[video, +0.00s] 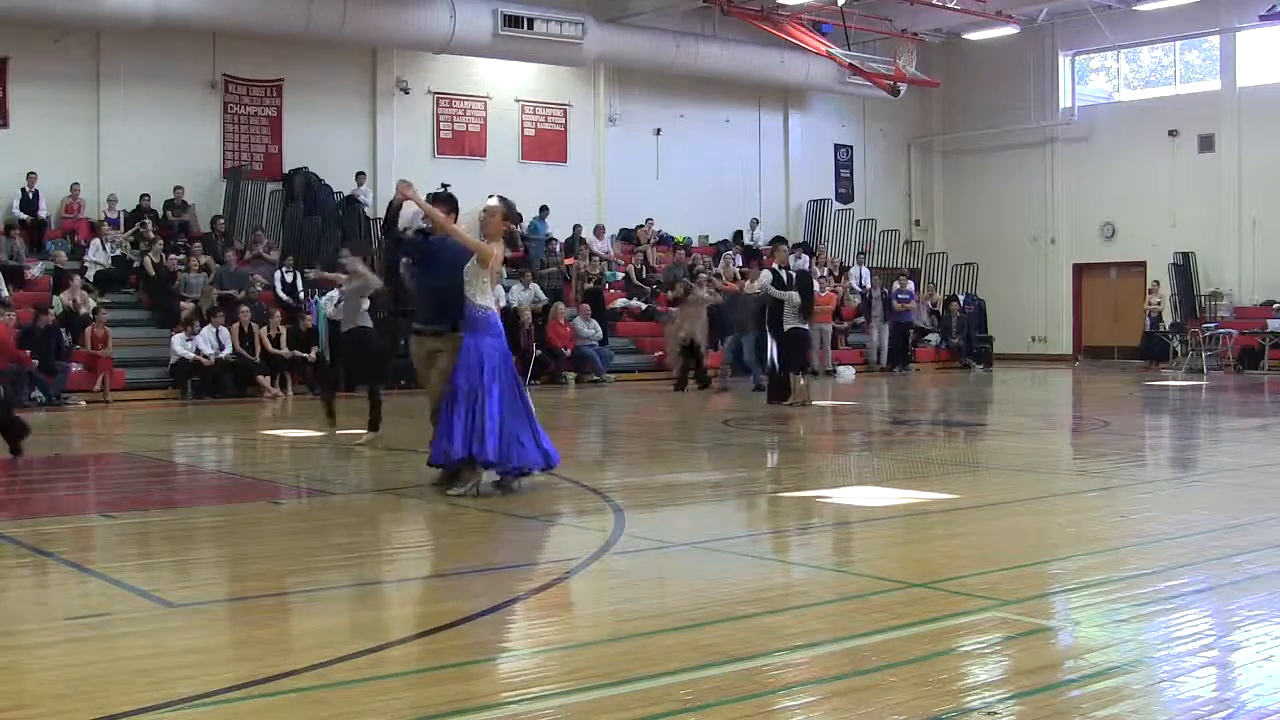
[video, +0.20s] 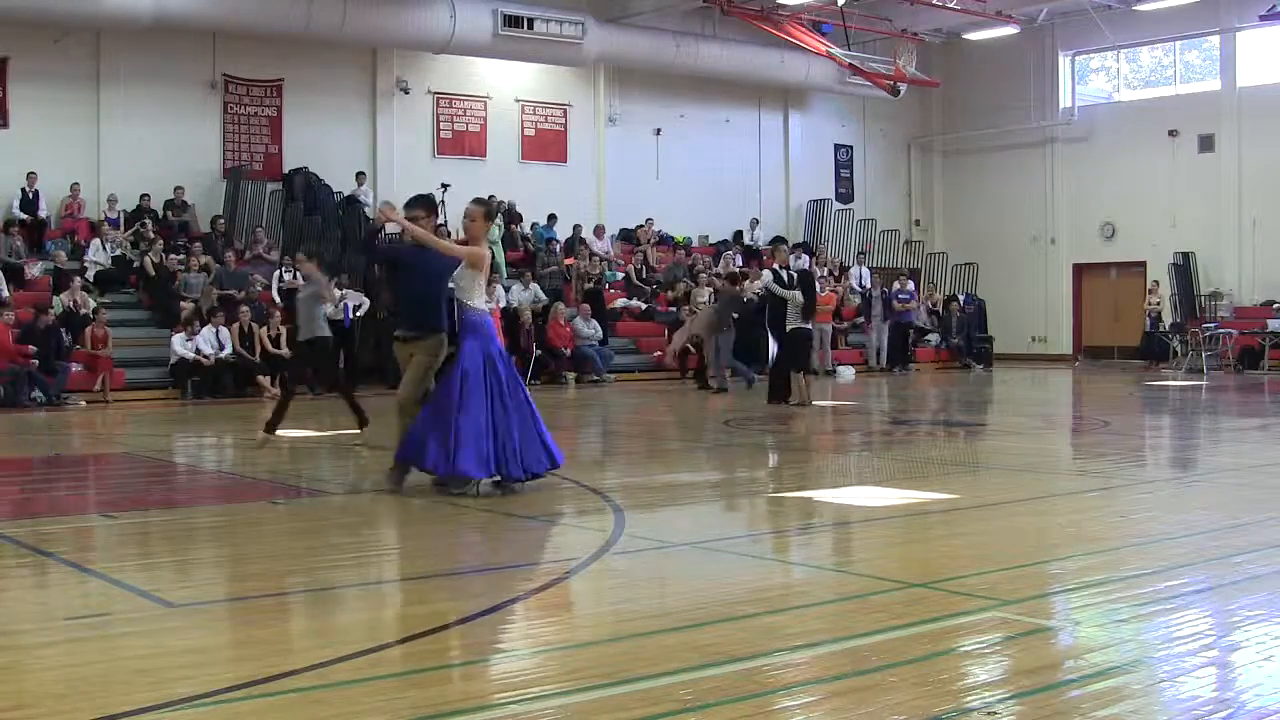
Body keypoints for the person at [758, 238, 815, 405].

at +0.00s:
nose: (794, 280)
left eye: (796, 279)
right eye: (796, 278)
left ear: (797, 282)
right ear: (809, 283)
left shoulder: (791, 296)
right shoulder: (809, 297)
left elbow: (770, 290)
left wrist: (764, 277)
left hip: (791, 330)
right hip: (805, 330)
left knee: (793, 366)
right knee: (802, 366)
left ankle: (796, 395)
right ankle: (805, 396)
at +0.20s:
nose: (787, 255)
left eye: (787, 252)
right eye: (783, 252)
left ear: (787, 254)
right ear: (775, 254)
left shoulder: (792, 275)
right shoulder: (768, 274)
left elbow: (796, 294)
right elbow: (764, 296)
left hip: (789, 319)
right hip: (774, 320)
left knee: (787, 356)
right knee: (779, 355)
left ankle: (785, 393)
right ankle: (774, 394)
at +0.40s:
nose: (788, 254)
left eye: (788, 251)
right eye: (785, 251)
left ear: (785, 254)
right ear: (776, 254)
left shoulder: (793, 276)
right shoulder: (769, 274)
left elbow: (800, 293)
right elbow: (750, 288)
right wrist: (753, 282)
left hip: (789, 319)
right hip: (774, 320)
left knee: (788, 356)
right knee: (779, 356)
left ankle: (786, 393)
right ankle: (776, 394)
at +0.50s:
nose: (788, 254)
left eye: (788, 251)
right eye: (784, 251)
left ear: (786, 254)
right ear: (776, 255)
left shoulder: (793, 275)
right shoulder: (769, 274)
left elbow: (799, 293)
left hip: (790, 318)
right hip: (775, 319)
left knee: (789, 356)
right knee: (778, 355)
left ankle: (787, 392)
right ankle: (776, 393)